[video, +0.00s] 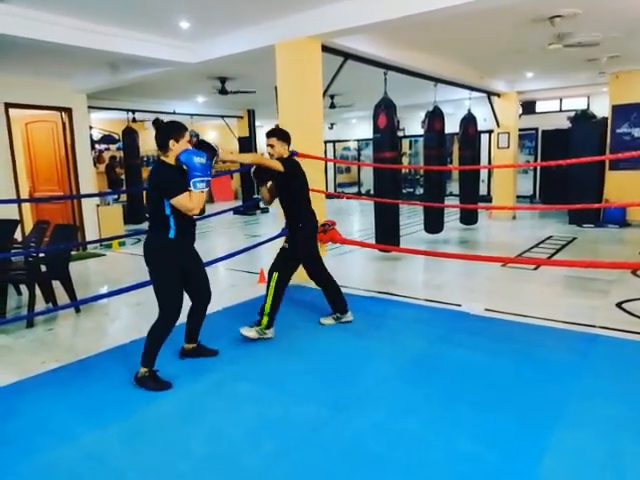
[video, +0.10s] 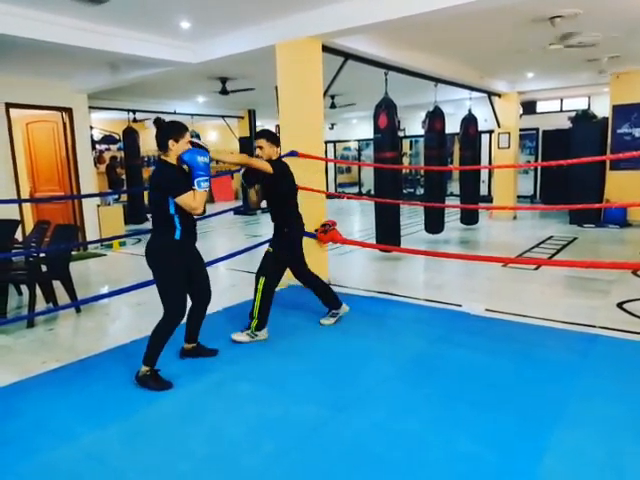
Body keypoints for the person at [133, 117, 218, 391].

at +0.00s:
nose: (189, 146)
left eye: (189, 141)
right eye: (186, 141)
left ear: (172, 144)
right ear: (172, 144)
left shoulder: (179, 170)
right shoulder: (162, 174)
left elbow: (197, 203)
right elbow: (194, 208)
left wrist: (202, 171)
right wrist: (201, 176)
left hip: (183, 246)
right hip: (163, 249)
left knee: (202, 296)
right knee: (171, 309)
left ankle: (191, 344)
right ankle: (145, 370)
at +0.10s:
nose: (191, 146)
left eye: (190, 141)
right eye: (187, 142)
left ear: (173, 145)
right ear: (172, 144)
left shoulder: (180, 170)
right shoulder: (164, 174)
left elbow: (197, 201)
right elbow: (197, 206)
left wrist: (203, 168)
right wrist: (201, 173)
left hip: (184, 246)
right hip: (165, 249)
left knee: (202, 296)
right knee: (175, 310)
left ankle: (190, 344)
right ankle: (146, 369)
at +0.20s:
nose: (190, 146)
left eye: (189, 141)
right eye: (186, 141)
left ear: (171, 144)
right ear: (173, 144)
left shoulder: (178, 169)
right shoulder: (169, 174)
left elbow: (200, 198)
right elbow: (202, 206)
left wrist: (201, 169)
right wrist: (204, 175)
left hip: (183, 247)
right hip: (169, 250)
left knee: (202, 295)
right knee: (184, 311)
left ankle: (191, 344)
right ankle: (145, 368)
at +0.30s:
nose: (190, 148)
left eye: (189, 143)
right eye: (187, 144)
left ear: (167, 146)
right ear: (176, 146)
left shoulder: (162, 172)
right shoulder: (176, 176)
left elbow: (195, 203)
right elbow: (206, 209)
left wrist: (202, 188)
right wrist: (207, 182)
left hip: (175, 247)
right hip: (175, 252)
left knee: (202, 295)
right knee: (189, 314)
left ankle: (192, 344)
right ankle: (151, 375)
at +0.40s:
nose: (195, 149)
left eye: (193, 144)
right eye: (192, 145)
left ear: (168, 148)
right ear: (183, 147)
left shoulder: (159, 174)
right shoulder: (186, 177)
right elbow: (214, 210)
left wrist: (211, 200)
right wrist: (215, 187)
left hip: (164, 253)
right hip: (179, 257)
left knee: (198, 297)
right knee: (186, 323)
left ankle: (191, 343)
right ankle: (158, 386)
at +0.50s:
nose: (202, 144)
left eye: (200, 140)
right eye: (199, 140)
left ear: (173, 145)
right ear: (192, 144)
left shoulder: (162, 173)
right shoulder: (199, 173)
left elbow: (171, 205)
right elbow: (228, 203)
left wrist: (205, 191)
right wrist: (218, 178)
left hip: (162, 253)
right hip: (184, 256)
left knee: (187, 301)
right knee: (188, 325)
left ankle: (191, 345)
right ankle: (158, 386)